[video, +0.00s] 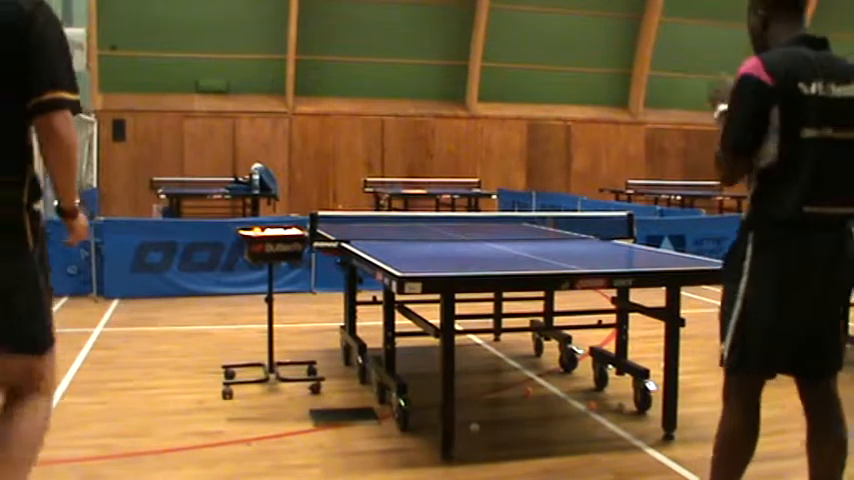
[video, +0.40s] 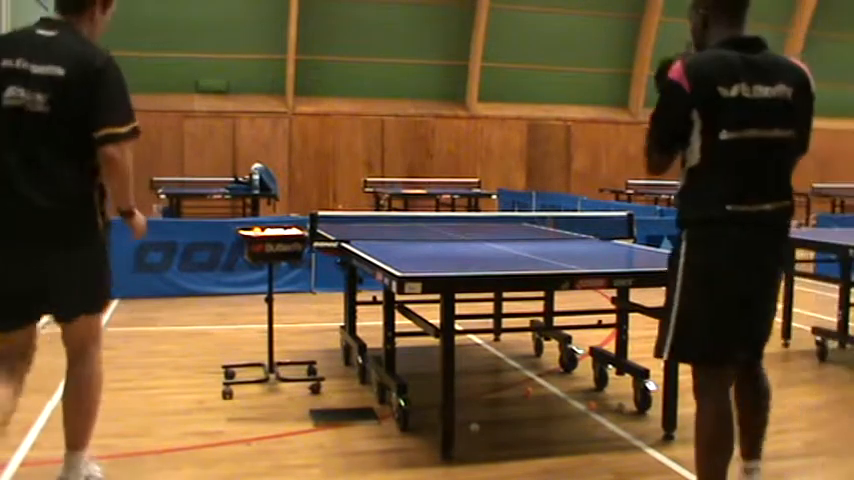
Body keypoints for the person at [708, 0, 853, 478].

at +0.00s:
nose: (750, 31)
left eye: (751, 20)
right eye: (752, 21)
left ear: (761, 18)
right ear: (802, 18)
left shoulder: (762, 73)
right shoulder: (846, 73)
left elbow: (729, 169)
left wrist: (729, 115)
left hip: (773, 245)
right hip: (835, 244)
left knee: (742, 390)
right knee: (821, 390)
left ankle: (721, 474)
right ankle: (827, 477)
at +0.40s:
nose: (690, 30)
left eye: (693, 21)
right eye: (693, 21)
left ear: (702, 19)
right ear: (744, 18)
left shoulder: (690, 72)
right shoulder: (795, 75)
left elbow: (658, 155)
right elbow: (798, 148)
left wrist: (672, 92)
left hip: (711, 235)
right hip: (770, 234)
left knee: (710, 372)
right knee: (749, 360)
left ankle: (710, 475)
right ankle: (751, 469)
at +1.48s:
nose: (595, 48)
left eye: (597, 41)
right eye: (600, 41)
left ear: (602, 41)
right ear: (641, 39)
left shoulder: (592, 88)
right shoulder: (684, 89)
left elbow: (569, 174)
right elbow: (702, 165)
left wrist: (574, 145)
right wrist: (654, 159)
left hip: (613, 236)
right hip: (669, 235)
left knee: (576, 355)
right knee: (674, 352)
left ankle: (563, 468)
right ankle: (687, 467)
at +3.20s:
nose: (596, 84)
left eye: (598, 78)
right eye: (600, 79)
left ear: (603, 80)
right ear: (643, 81)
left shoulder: (587, 119)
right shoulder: (677, 120)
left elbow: (567, 194)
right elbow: (692, 194)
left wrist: (575, 201)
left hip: (615, 245)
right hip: (676, 247)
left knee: (559, 354)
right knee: (698, 354)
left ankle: (536, 468)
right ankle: (716, 467)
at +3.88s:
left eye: (632, 74)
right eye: (655, 79)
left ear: (620, 79)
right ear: (660, 83)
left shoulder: (584, 115)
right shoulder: (671, 114)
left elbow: (549, 184)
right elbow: (682, 185)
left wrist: (576, 201)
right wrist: (706, 258)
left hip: (586, 253)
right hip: (649, 255)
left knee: (537, 355)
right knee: (685, 356)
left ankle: (507, 465)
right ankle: (713, 465)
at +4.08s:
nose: (638, 105)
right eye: (637, 99)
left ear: (596, 102)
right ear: (632, 101)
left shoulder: (556, 136)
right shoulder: (632, 121)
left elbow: (504, 187)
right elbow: (639, 182)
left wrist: (509, 238)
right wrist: (698, 235)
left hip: (553, 259)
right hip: (613, 259)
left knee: (515, 363)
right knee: (670, 360)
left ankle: (502, 469)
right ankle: (695, 468)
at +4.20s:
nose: (628, 103)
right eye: (627, 97)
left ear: (585, 94)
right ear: (622, 96)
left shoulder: (545, 125)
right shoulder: (632, 126)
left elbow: (498, 178)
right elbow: (651, 209)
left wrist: (499, 227)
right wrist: (695, 222)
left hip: (553, 261)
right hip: (615, 264)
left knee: (515, 365)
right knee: (666, 361)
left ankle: (503, 468)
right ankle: (696, 469)